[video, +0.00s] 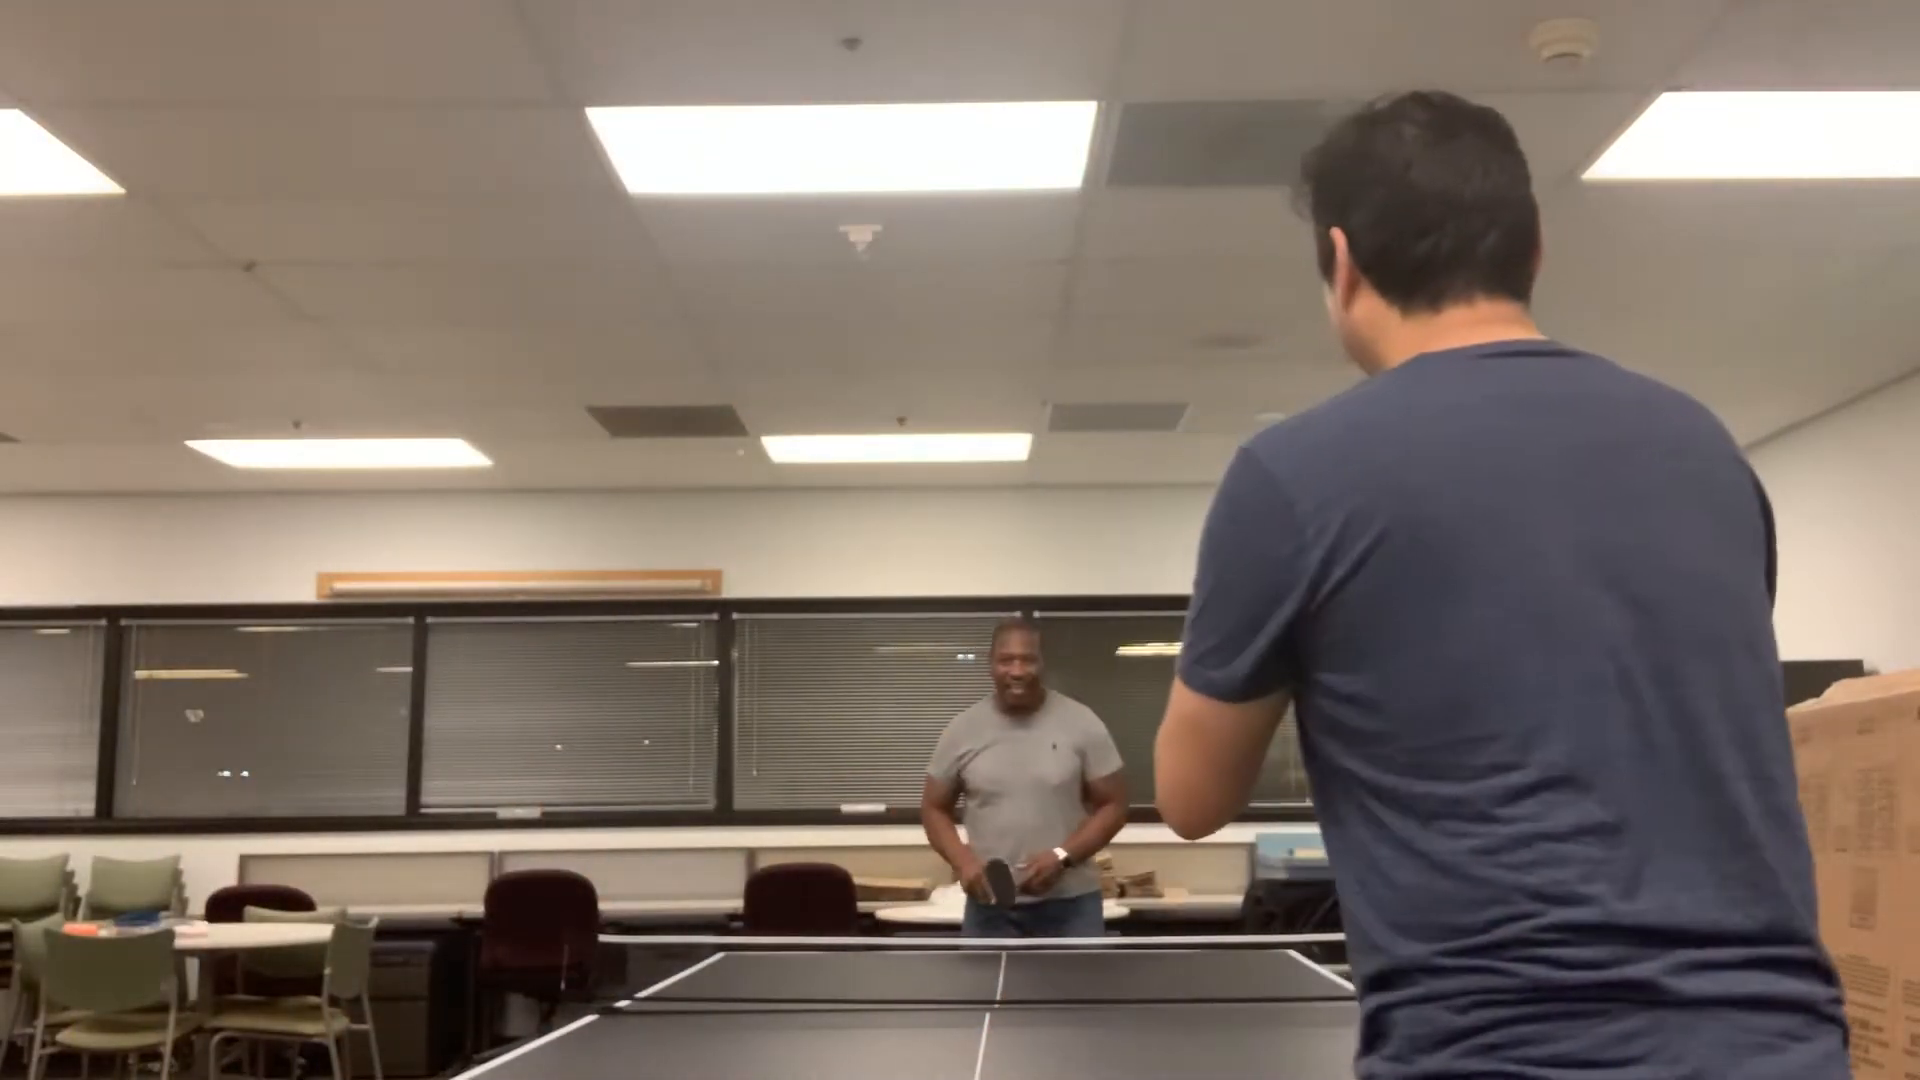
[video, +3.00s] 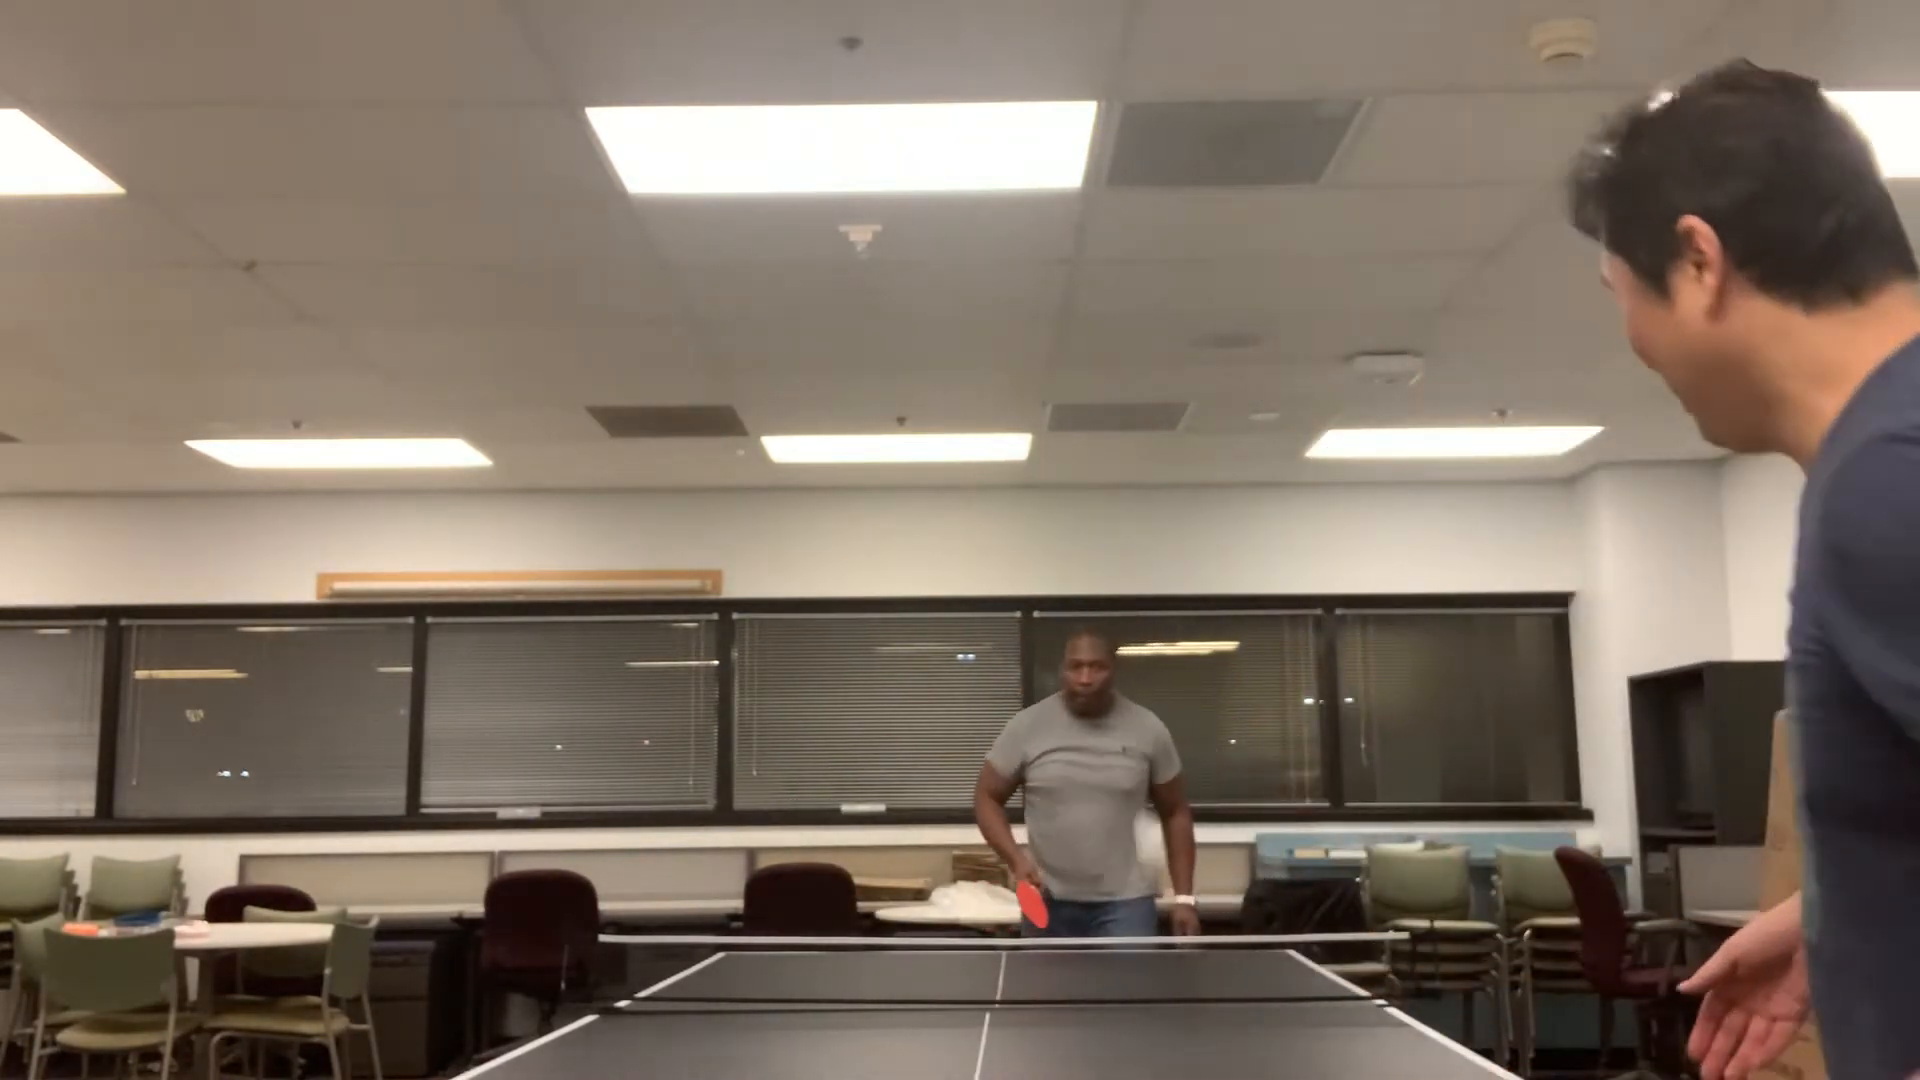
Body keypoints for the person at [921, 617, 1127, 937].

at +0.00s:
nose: (1017, 671)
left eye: (1028, 660)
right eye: (1007, 661)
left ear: (1042, 664)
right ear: (991, 665)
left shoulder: (1080, 723)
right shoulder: (963, 729)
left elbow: (1114, 806)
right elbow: (933, 809)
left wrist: (1062, 856)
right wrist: (966, 863)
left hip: (1070, 907)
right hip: (990, 909)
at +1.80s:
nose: (1026, 685)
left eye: (1037, 674)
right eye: (1016, 674)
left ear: (1054, 674)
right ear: (1004, 676)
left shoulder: (1098, 730)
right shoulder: (981, 737)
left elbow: (1142, 814)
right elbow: (965, 809)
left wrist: (1097, 859)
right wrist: (982, 849)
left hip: (1091, 913)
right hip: (1012, 914)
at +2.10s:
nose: (1070, 694)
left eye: (1084, 683)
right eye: (1062, 682)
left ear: (1109, 679)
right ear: (1054, 678)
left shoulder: (1154, 720)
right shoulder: (1033, 719)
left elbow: (1182, 794)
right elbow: (1010, 790)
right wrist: (1011, 848)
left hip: (1134, 900)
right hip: (1061, 900)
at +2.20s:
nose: (1084, 696)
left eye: (1097, 685)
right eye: (1077, 683)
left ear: (1126, 676)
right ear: (1070, 673)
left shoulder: (1176, 710)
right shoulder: (1056, 701)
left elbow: (1212, 782)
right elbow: (1026, 772)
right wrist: (1014, 822)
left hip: (1150, 884)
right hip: (1076, 884)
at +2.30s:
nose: (1101, 688)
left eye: (1115, 678)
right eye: (1094, 675)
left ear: (1143, 671)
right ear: (1088, 666)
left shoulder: (1186, 701)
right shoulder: (1071, 691)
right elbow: (1034, 758)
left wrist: (1253, 839)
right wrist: (1027, 800)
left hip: (1161, 880)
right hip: (1086, 877)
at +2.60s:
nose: (1126, 671)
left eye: (1139, 660)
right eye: (1117, 659)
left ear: (1162, 661)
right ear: (1106, 661)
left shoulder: (1198, 719)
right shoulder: (1077, 708)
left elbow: (1237, 803)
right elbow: (1045, 781)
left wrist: (1245, 895)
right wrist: (1057, 835)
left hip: (1162, 900)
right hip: (1086, 894)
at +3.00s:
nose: (1085, 678)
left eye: (1096, 667)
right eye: (1076, 667)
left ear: (1112, 671)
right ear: (1062, 671)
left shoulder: (1147, 730)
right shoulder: (1027, 726)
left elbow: (1175, 812)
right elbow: (986, 798)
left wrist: (1184, 898)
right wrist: (1016, 859)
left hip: (1124, 902)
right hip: (1050, 902)